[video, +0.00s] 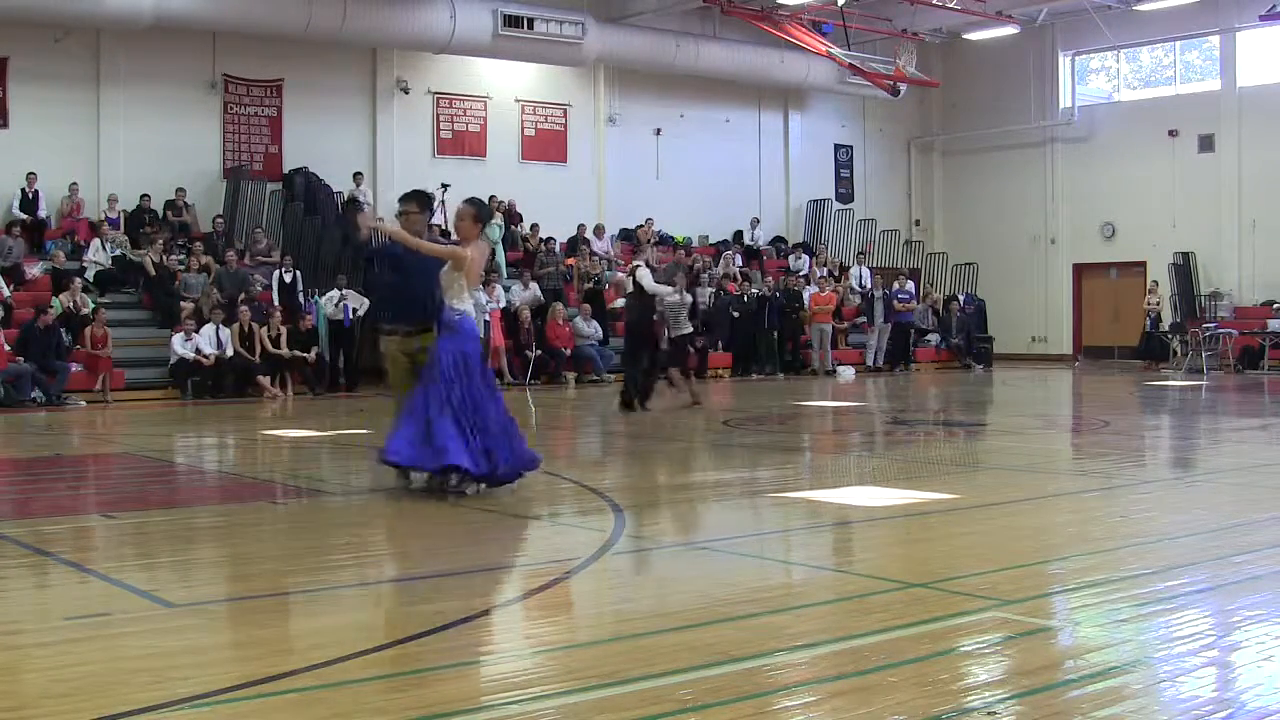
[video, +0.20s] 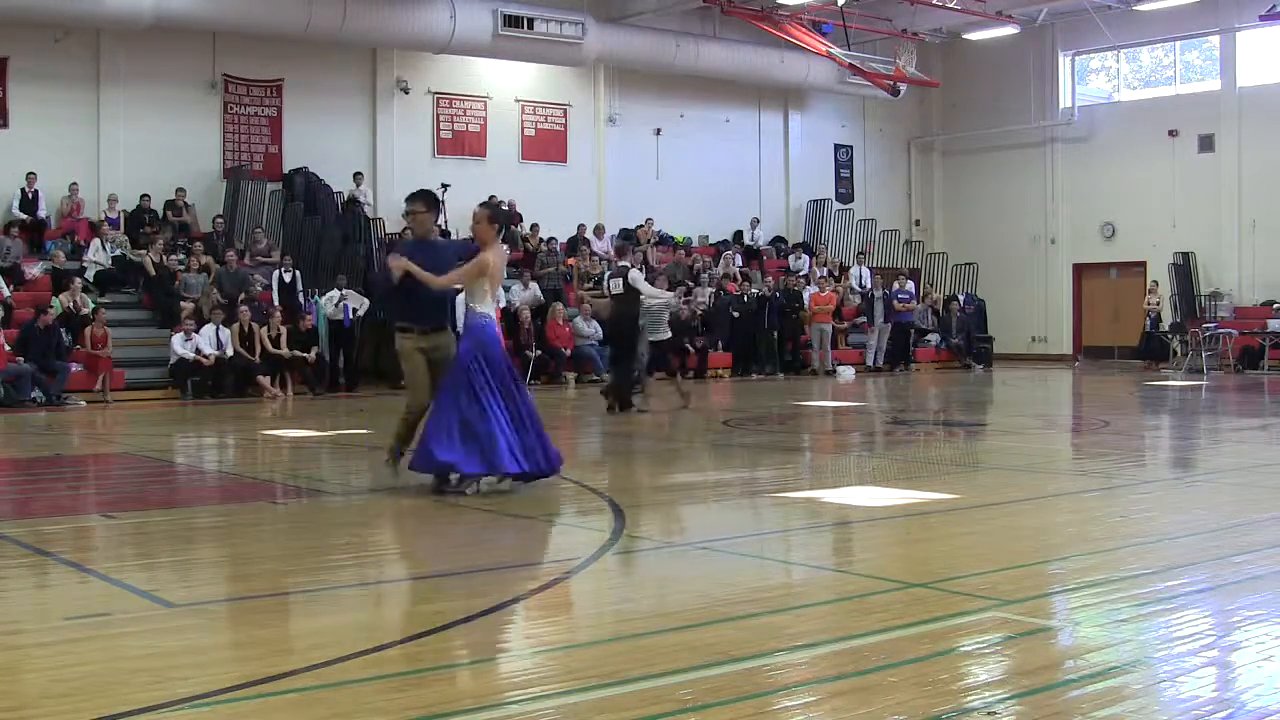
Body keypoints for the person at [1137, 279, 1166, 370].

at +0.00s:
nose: (1152, 288)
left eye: (1153, 286)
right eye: (1150, 286)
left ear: (1157, 287)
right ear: (1149, 287)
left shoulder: (1160, 297)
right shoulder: (1148, 296)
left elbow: (1160, 308)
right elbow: (1144, 306)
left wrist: (1149, 308)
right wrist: (1154, 307)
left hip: (1156, 318)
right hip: (1149, 318)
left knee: (1156, 338)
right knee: (1148, 338)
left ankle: (1156, 361)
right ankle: (1148, 361)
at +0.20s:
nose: (1152, 288)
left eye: (1153, 286)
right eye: (1150, 286)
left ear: (1157, 287)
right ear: (1149, 287)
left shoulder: (1160, 297)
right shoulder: (1148, 296)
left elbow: (1160, 308)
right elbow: (1144, 306)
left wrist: (1149, 308)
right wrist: (1154, 307)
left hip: (1156, 318)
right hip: (1149, 318)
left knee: (1156, 338)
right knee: (1148, 338)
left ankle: (1156, 361)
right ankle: (1148, 361)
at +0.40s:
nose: (1152, 288)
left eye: (1154, 286)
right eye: (1151, 286)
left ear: (1157, 287)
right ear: (1149, 287)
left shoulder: (1160, 297)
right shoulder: (1148, 297)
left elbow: (1160, 308)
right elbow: (1144, 306)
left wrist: (1150, 308)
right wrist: (1153, 307)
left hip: (1157, 318)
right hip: (1149, 318)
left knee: (1156, 338)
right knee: (1148, 337)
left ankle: (1155, 361)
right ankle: (1148, 361)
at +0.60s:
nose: (1152, 288)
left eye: (1154, 286)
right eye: (1151, 286)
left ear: (1157, 287)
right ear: (1149, 287)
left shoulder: (1160, 297)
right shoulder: (1147, 297)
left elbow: (1160, 308)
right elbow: (1144, 306)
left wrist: (1150, 308)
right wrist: (1153, 307)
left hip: (1157, 318)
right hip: (1149, 318)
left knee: (1156, 338)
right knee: (1148, 338)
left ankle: (1155, 361)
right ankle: (1148, 361)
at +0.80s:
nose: (1152, 288)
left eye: (1154, 286)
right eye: (1151, 286)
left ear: (1157, 287)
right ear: (1149, 287)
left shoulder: (1160, 297)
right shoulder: (1147, 297)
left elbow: (1160, 308)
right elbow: (1144, 306)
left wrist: (1150, 308)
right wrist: (1153, 307)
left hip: (1157, 318)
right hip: (1149, 318)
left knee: (1156, 338)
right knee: (1148, 338)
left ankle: (1155, 361)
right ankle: (1148, 361)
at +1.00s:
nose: (1151, 288)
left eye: (1153, 286)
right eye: (1150, 286)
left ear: (1157, 287)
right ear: (1149, 287)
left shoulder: (1160, 296)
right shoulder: (1147, 297)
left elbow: (1160, 308)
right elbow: (1144, 306)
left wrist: (1149, 308)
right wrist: (1154, 307)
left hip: (1156, 318)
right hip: (1149, 317)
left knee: (1156, 338)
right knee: (1148, 337)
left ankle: (1155, 361)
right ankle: (1148, 360)